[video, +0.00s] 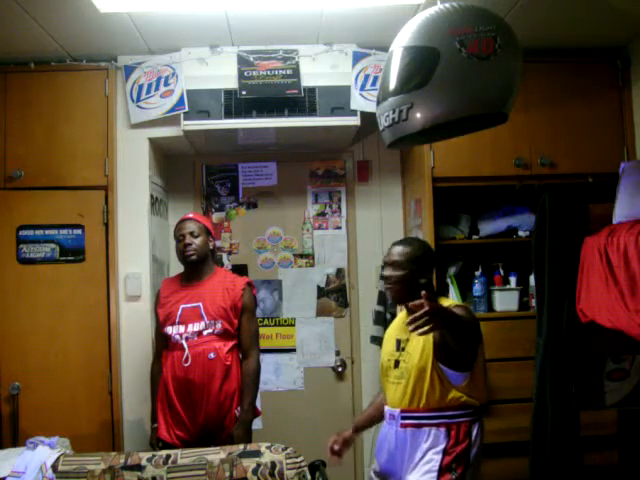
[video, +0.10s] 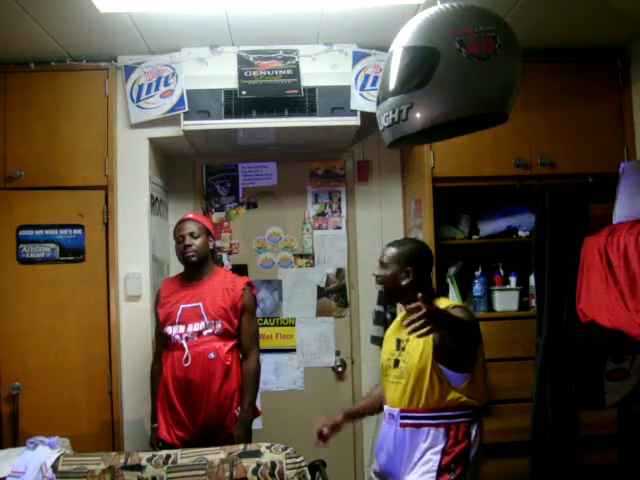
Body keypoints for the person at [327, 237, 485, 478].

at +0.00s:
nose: (385, 274)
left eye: (395, 266)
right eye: (384, 266)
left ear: (421, 276)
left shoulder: (454, 314)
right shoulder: (400, 319)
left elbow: (467, 344)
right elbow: (393, 392)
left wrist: (443, 318)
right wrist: (353, 430)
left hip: (438, 442)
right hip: (393, 441)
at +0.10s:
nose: (376, 274)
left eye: (384, 266)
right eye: (379, 266)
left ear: (407, 275)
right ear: (405, 276)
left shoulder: (454, 314)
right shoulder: (397, 325)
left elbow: (468, 341)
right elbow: (390, 389)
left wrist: (440, 319)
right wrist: (343, 417)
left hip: (438, 443)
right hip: (393, 440)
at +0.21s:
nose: (375, 275)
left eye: (381, 267)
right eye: (376, 267)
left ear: (404, 271)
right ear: (401, 271)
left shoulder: (450, 311)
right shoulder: (395, 324)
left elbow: (472, 347)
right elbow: (384, 388)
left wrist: (436, 328)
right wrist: (331, 394)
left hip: (438, 437)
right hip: (395, 435)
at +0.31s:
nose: (371, 276)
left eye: (377, 269)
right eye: (373, 268)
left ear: (400, 276)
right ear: (398, 278)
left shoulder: (447, 312)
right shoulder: (396, 323)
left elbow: (479, 350)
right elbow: (377, 376)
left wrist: (433, 340)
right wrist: (314, 369)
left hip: (440, 437)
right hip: (397, 434)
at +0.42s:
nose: (371, 279)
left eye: (377, 272)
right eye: (373, 271)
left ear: (400, 279)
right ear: (397, 280)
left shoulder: (447, 318)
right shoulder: (395, 328)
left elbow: (483, 362)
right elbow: (358, 365)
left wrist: (431, 351)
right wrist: (300, 350)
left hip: (443, 442)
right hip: (399, 440)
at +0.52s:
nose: (372, 281)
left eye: (379, 273)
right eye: (373, 273)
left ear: (405, 276)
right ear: (403, 276)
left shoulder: (447, 317)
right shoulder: (394, 324)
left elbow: (482, 367)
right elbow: (358, 360)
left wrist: (433, 366)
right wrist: (300, 346)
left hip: (442, 439)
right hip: (398, 437)